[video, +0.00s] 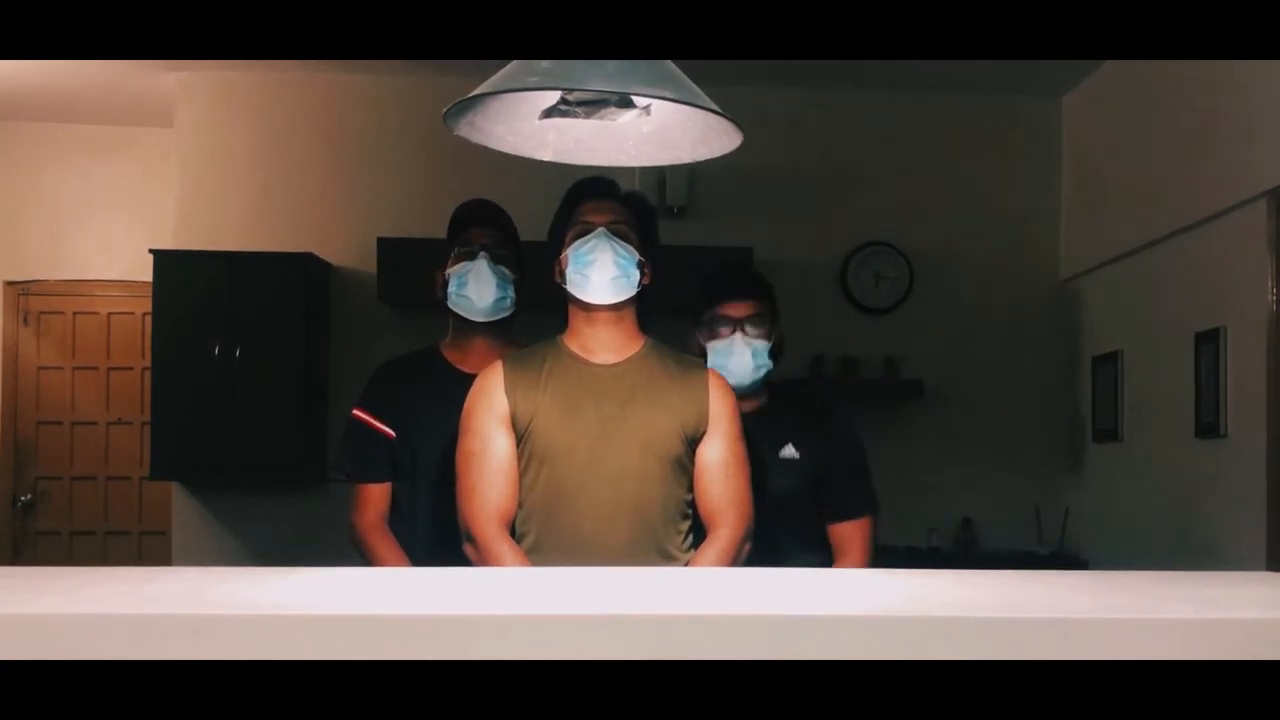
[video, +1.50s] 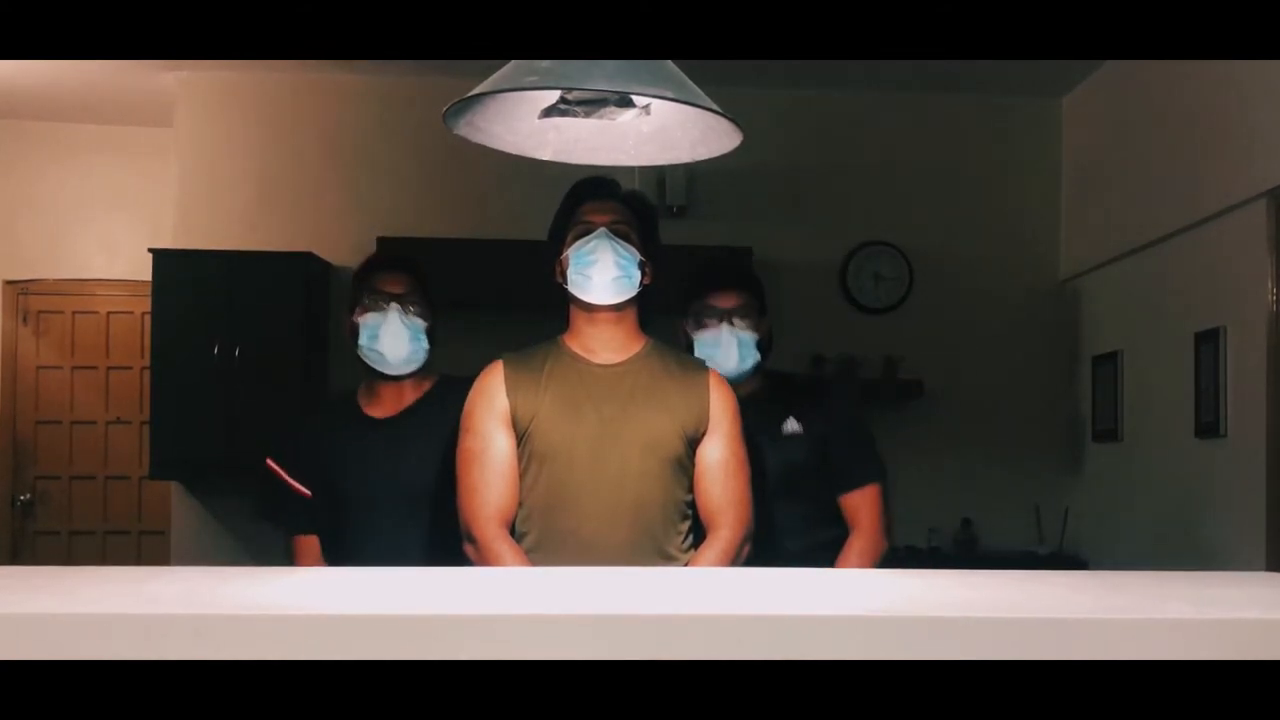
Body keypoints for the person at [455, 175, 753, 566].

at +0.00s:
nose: (601, 244)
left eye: (619, 235)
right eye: (583, 235)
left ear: (644, 269)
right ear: (560, 266)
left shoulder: (703, 390)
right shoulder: (503, 384)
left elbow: (730, 531)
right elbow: (485, 533)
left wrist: (667, 617)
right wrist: (554, 623)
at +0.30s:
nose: (601, 243)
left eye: (618, 235)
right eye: (583, 235)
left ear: (644, 270)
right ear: (560, 267)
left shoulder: (704, 389)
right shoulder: (502, 383)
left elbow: (730, 532)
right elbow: (483, 532)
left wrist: (665, 619)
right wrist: (552, 619)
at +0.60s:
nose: (600, 244)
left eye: (618, 235)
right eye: (582, 235)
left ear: (644, 268)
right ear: (559, 265)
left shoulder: (703, 390)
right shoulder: (502, 384)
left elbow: (729, 531)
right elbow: (484, 532)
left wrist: (666, 615)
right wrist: (550, 616)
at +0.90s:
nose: (601, 245)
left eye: (619, 236)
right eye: (583, 235)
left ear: (645, 268)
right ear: (560, 264)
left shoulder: (704, 391)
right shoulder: (503, 385)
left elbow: (729, 531)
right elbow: (484, 532)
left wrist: (667, 616)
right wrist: (549, 617)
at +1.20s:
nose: (602, 244)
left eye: (620, 235)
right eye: (584, 235)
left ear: (646, 268)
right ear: (561, 265)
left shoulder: (705, 391)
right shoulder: (503, 385)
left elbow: (729, 534)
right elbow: (485, 533)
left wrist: (664, 621)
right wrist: (551, 621)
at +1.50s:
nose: (601, 245)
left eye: (620, 235)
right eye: (584, 235)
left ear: (645, 268)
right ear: (560, 265)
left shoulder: (704, 390)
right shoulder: (503, 385)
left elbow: (730, 532)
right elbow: (484, 533)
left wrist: (667, 617)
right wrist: (551, 622)